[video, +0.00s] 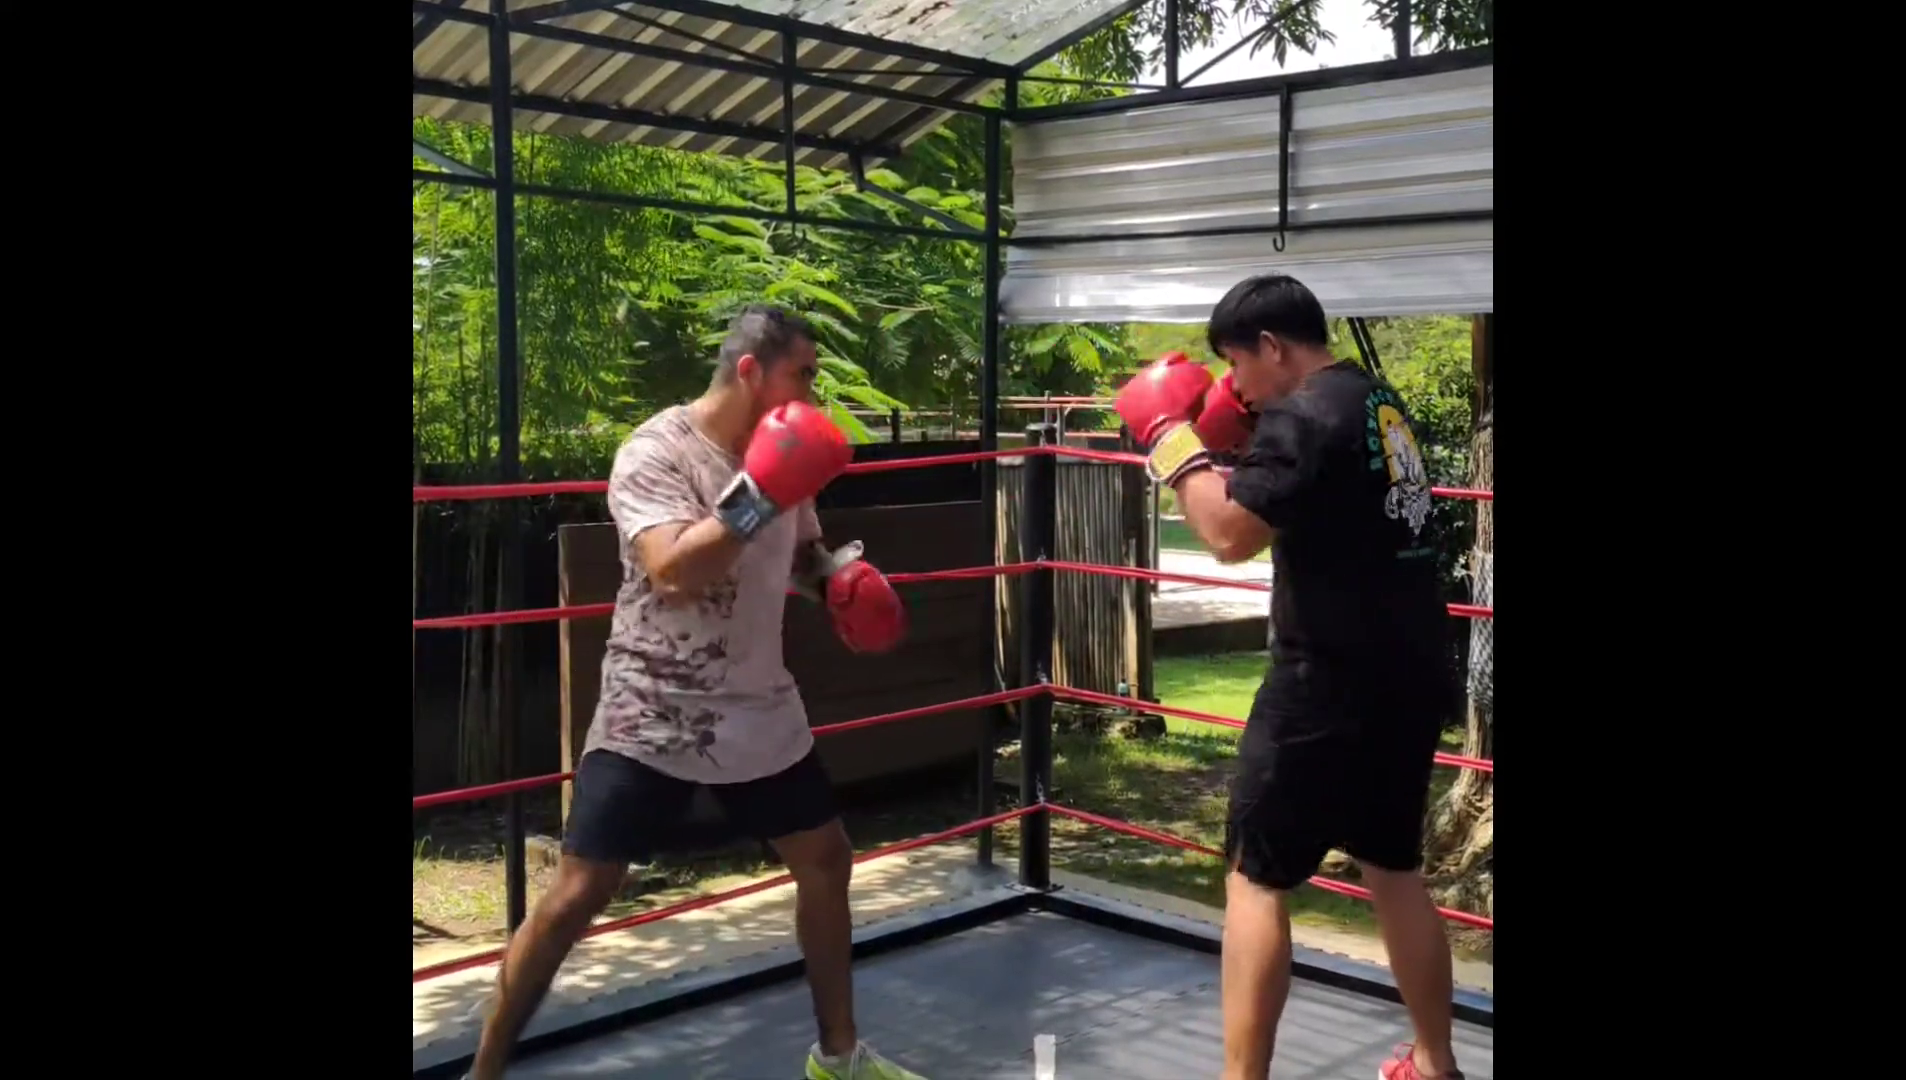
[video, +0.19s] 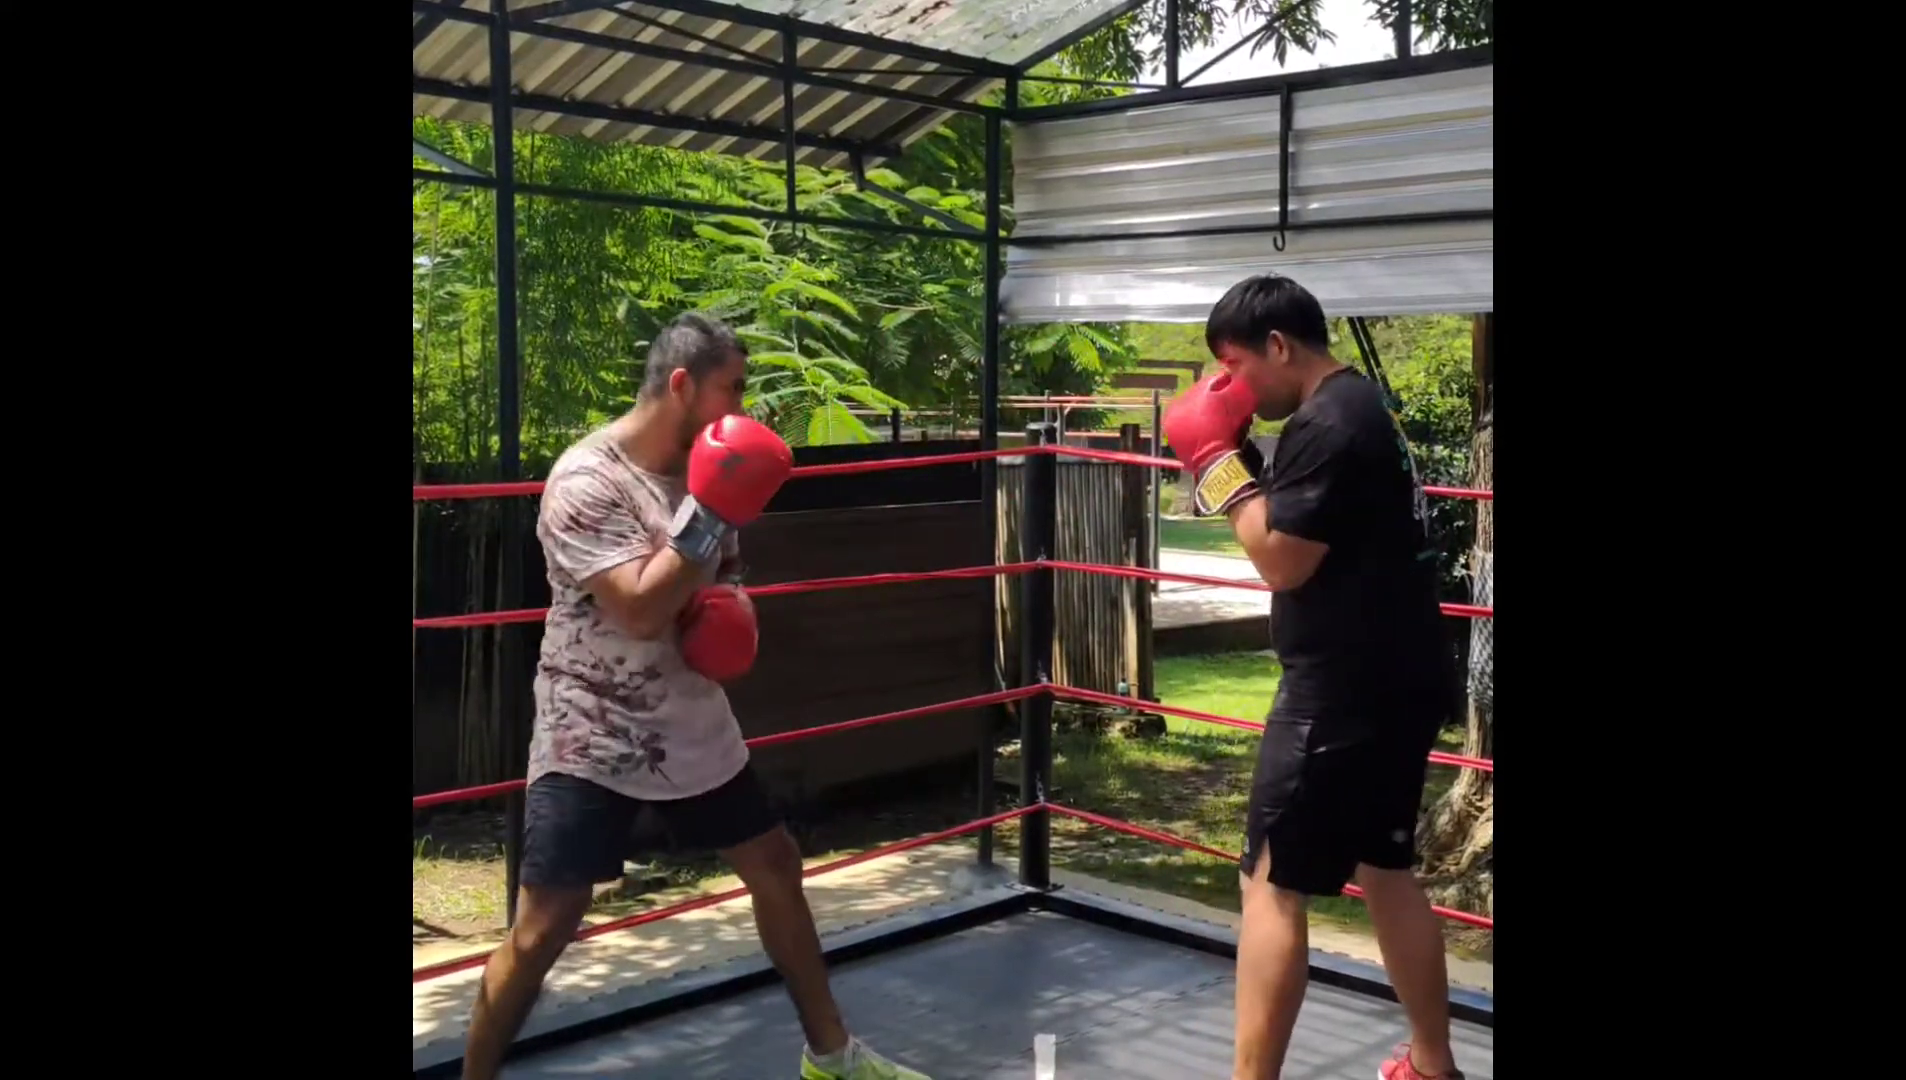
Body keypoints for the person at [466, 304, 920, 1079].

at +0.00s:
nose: (810, 395)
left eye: (813, 379)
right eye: (802, 375)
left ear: (753, 372)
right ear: (748, 368)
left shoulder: (784, 460)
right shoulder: (654, 450)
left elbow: (805, 555)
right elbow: (670, 568)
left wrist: (844, 580)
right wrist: (763, 489)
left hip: (759, 712)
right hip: (649, 714)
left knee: (825, 861)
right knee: (576, 895)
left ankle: (840, 1053)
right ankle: (484, 1069)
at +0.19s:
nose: (738, 407)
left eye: (740, 390)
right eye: (731, 388)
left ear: (685, 388)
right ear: (681, 385)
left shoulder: (704, 475)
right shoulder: (581, 482)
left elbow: (721, 580)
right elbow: (639, 607)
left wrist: (728, 624)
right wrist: (710, 509)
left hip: (695, 728)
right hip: (588, 737)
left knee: (775, 868)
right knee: (541, 932)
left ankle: (831, 1050)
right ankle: (475, 1074)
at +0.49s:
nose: (741, 381)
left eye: (744, 367)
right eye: (735, 365)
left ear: (685, 362)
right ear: (693, 362)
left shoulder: (676, 447)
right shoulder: (623, 447)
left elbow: (656, 579)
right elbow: (730, 544)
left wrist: (709, 604)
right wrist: (761, 445)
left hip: (674, 705)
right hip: (593, 710)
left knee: (739, 855)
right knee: (550, 909)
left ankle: (768, 1047)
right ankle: (479, 1072)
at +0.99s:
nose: (711, 394)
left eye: (712, 377)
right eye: (703, 376)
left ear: (654, 375)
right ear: (655, 374)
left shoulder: (662, 466)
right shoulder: (565, 471)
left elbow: (672, 567)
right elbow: (642, 592)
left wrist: (685, 610)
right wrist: (702, 493)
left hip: (652, 720)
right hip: (561, 730)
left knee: (725, 859)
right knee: (533, 929)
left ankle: (767, 1048)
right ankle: (474, 1075)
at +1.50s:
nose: (702, 411)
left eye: (708, 395)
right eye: (698, 392)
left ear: (651, 386)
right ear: (648, 382)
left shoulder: (647, 473)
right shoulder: (555, 482)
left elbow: (639, 591)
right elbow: (635, 605)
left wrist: (689, 605)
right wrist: (698, 507)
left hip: (666, 727)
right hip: (575, 744)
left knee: (758, 868)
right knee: (547, 944)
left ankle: (823, 1045)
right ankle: (474, 1073)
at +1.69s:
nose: (772, 393)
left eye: (776, 379)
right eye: (763, 377)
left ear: (725, 374)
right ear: (709, 370)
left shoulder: (763, 453)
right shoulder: (612, 454)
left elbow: (867, 440)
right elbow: (632, 562)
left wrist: (947, 413)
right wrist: (718, 483)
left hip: (731, 724)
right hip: (617, 732)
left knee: (812, 860)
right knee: (556, 916)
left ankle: (834, 1050)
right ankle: (482, 1072)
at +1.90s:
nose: (778, 397)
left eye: (781, 381)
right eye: (767, 379)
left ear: (726, 378)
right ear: (709, 374)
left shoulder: (766, 460)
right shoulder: (619, 458)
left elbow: (837, 515)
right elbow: (631, 579)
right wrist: (720, 497)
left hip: (750, 719)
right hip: (629, 723)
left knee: (823, 863)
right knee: (558, 903)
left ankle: (835, 1050)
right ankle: (486, 1070)